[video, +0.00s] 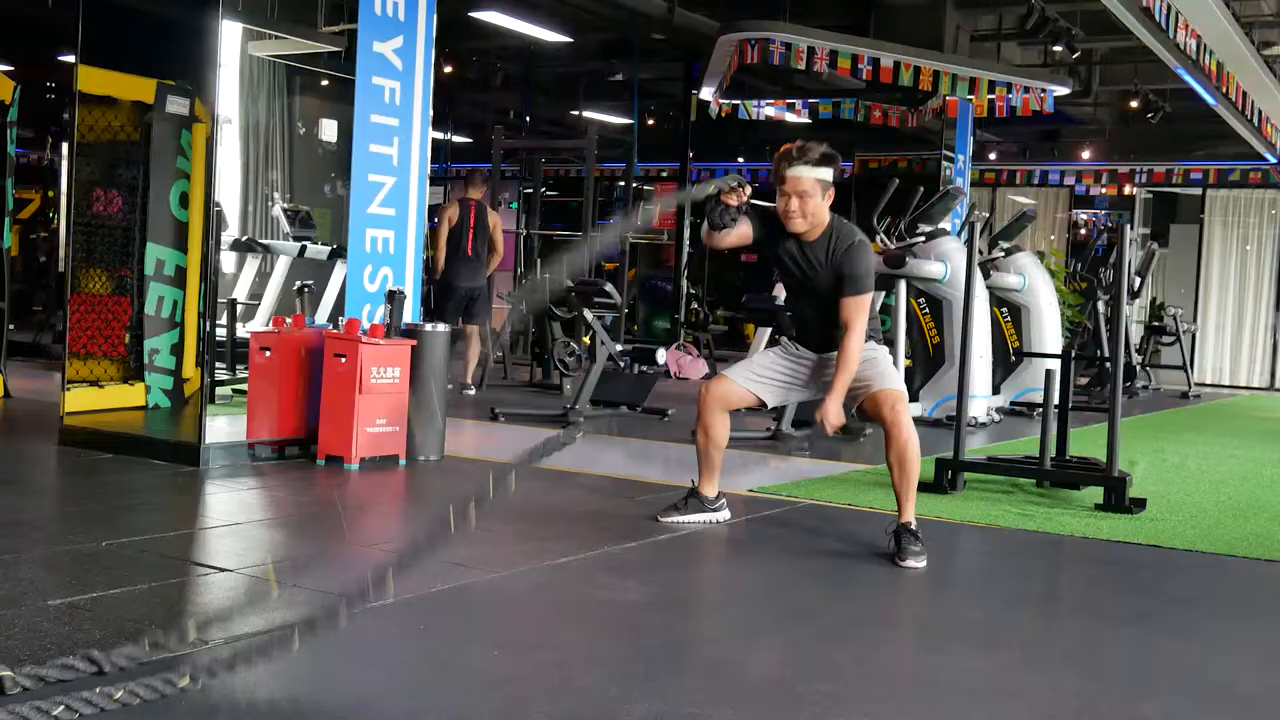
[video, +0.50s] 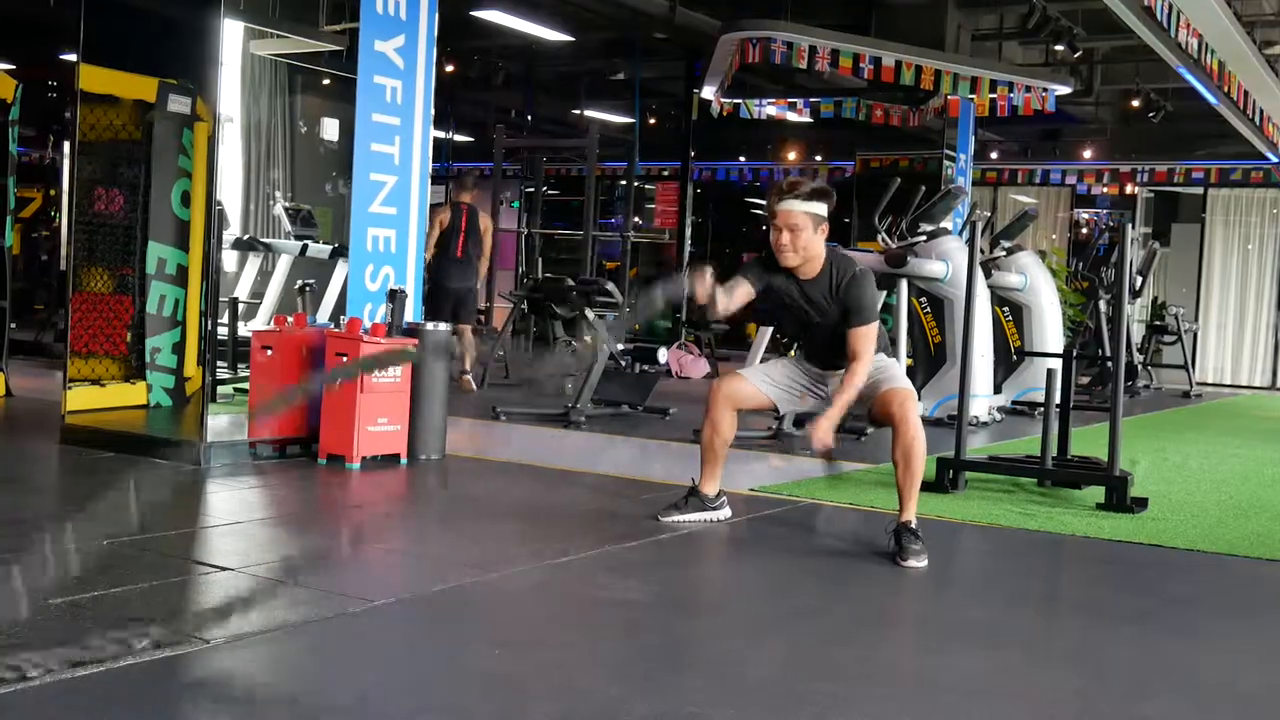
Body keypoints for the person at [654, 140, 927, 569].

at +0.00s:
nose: (789, 206)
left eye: (801, 196)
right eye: (784, 194)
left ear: (828, 198)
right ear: (776, 193)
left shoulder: (853, 247)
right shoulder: (772, 224)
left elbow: (855, 329)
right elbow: (715, 239)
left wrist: (836, 397)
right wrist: (723, 209)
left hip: (855, 355)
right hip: (795, 353)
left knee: (896, 410)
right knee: (714, 394)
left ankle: (908, 526)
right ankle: (706, 497)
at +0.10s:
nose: (785, 214)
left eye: (797, 204)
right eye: (779, 202)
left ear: (824, 206)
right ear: (771, 201)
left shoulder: (851, 254)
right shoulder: (768, 239)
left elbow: (854, 337)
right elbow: (724, 284)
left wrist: (833, 403)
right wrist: (721, 252)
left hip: (856, 355)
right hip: (796, 353)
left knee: (897, 413)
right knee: (716, 393)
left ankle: (907, 526)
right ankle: (707, 496)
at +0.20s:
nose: (781, 225)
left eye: (793, 215)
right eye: (775, 214)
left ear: (820, 215)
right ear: (768, 214)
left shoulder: (854, 258)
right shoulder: (764, 260)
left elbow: (856, 334)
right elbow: (745, 325)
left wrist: (811, 351)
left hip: (855, 359)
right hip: (792, 358)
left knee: (893, 406)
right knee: (721, 390)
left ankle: (907, 525)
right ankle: (707, 495)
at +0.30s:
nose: (780, 231)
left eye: (791, 222)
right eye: (775, 221)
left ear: (819, 221)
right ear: (768, 222)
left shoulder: (856, 260)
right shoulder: (767, 270)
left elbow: (850, 324)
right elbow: (754, 344)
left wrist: (807, 286)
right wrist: (751, 409)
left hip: (861, 365)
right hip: (798, 365)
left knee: (900, 407)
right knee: (720, 389)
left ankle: (907, 525)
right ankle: (708, 495)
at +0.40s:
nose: (782, 233)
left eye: (794, 223)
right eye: (777, 222)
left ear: (822, 225)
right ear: (770, 222)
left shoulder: (858, 265)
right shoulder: (770, 268)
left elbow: (862, 343)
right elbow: (746, 328)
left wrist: (810, 337)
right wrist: (730, 370)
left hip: (855, 371)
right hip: (792, 371)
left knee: (904, 404)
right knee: (722, 388)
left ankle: (908, 524)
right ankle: (707, 495)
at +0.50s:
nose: (781, 240)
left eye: (793, 231)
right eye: (776, 229)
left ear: (822, 233)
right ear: (770, 229)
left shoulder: (854, 279)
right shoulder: (766, 271)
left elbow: (861, 362)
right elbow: (724, 304)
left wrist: (830, 418)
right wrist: (708, 293)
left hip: (865, 369)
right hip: (805, 368)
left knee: (906, 408)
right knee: (723, 389)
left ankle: (908, 525)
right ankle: (708, 495)